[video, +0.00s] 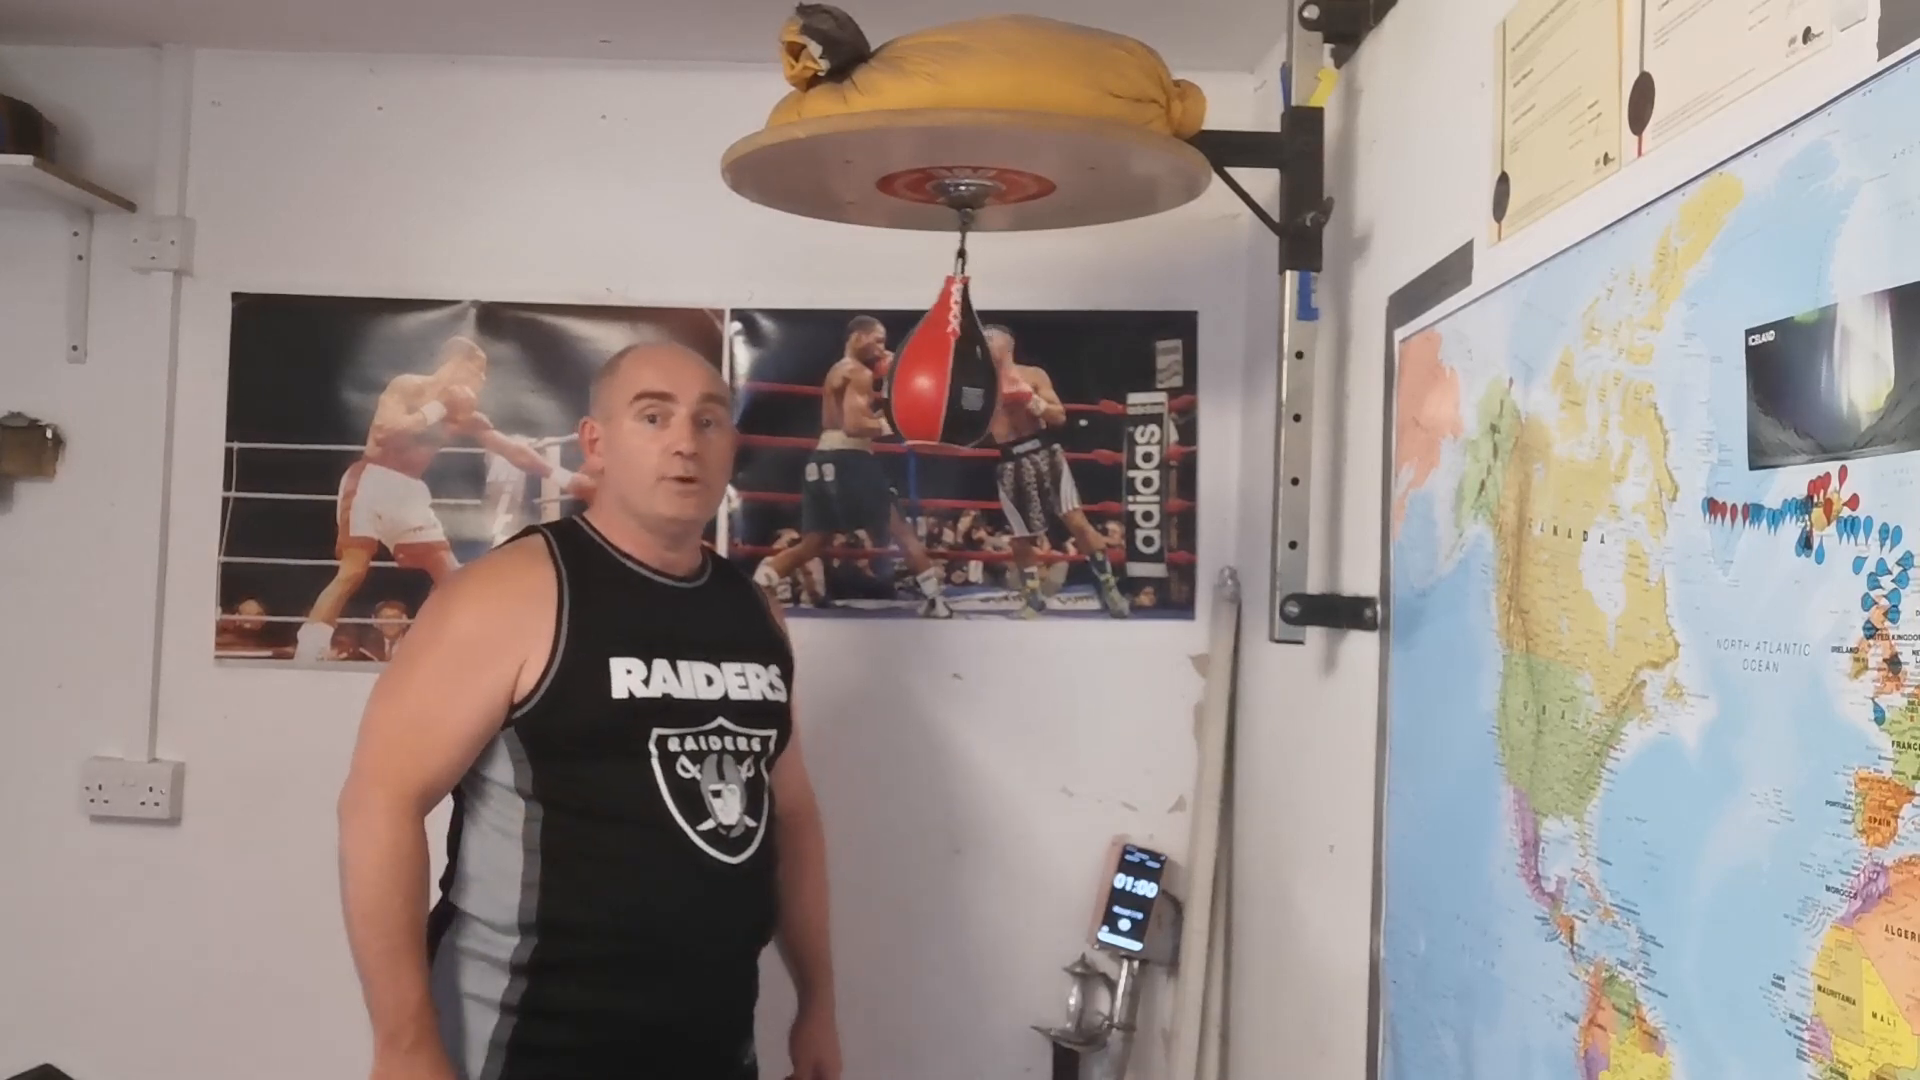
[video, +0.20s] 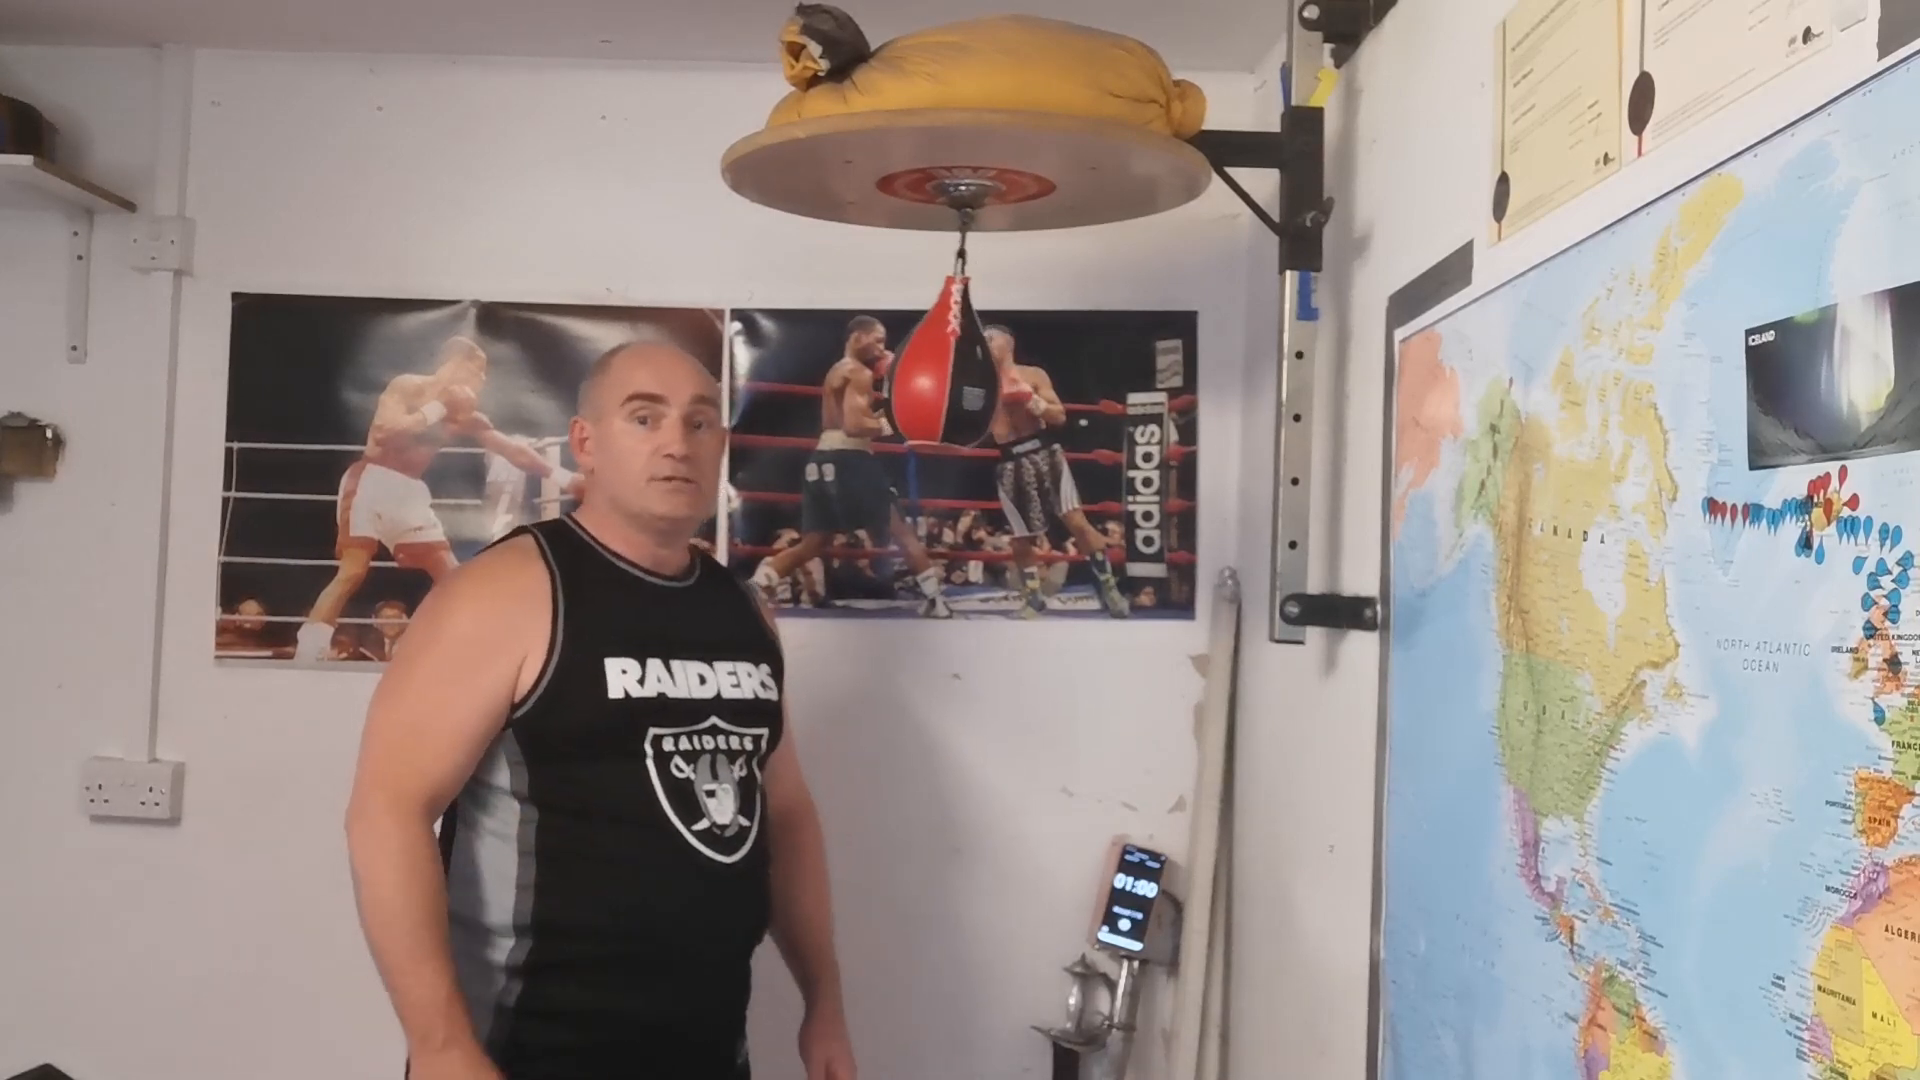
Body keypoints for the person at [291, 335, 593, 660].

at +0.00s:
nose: (479, 384)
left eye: (481, 377)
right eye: (476, 374)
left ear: (471, 379)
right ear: (454, 367)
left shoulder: (463, 415)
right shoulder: (405, 386)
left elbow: (510, 450)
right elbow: (384, 433)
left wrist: (563, 478)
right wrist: (437, 408)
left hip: (409, 493)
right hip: (370, 483)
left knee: (448, 573)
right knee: (353, 571)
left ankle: (460, 651)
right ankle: (305, 650)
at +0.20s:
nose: (476, 385)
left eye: (480, 378)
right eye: (472, 375)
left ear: (477, 382)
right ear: (450, 366)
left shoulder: (464, 414)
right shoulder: (404, 386)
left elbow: (511, 450)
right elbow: (382, 432)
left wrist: (563, 478)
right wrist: (430, 413)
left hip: (409, 492)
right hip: (368, 482)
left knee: (449, 573)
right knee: (353, 571)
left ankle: (463, 654)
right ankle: (306, 652)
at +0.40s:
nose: (479, 382)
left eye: (482, 375)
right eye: (475, 371)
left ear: (475, 378)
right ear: (452, 363)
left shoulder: (462, 408)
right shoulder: (405, 386)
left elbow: (506, 447)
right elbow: (384, 433)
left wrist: (552, 473)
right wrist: (434, 410)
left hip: (409, 493)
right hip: (370, 483)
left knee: (446, 575)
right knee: (352, 572)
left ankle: (443, 658)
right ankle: (307, 649)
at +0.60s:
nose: (474, 384)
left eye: (478, 379)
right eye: (472, 374)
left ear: (477, 381)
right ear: (453, 366)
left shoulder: (461, 411)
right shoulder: (405, 386)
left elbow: (501, 445)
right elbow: (385, 431)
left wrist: (545, 465)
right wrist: (438, 408)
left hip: (409, 490)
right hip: (368, 482)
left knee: (440, 576)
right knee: (352, 572)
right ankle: (307, 650)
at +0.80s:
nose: (480, 382)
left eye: (481, 376)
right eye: (477, 373)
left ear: (472, 378)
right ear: (455, 365)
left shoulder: (461, 411)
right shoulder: (405, 386)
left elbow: (498, 443)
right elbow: (384, 431)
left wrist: (531, 463)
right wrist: (438, 408)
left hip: (410, 491)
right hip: (371, 482)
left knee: (433, 577)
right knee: (352, 572)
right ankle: (308, 648)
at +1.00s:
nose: (478, 382)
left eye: (481, 375)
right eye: (475, 372)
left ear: (475, 379)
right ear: (453, 365)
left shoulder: (462, 413)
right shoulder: (405, 386)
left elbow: (504, 448)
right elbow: (384, 432)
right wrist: (438, 408)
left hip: (411, 492)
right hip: (370, 482)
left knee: (435, 576)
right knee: (352, 572)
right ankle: (309, 647)